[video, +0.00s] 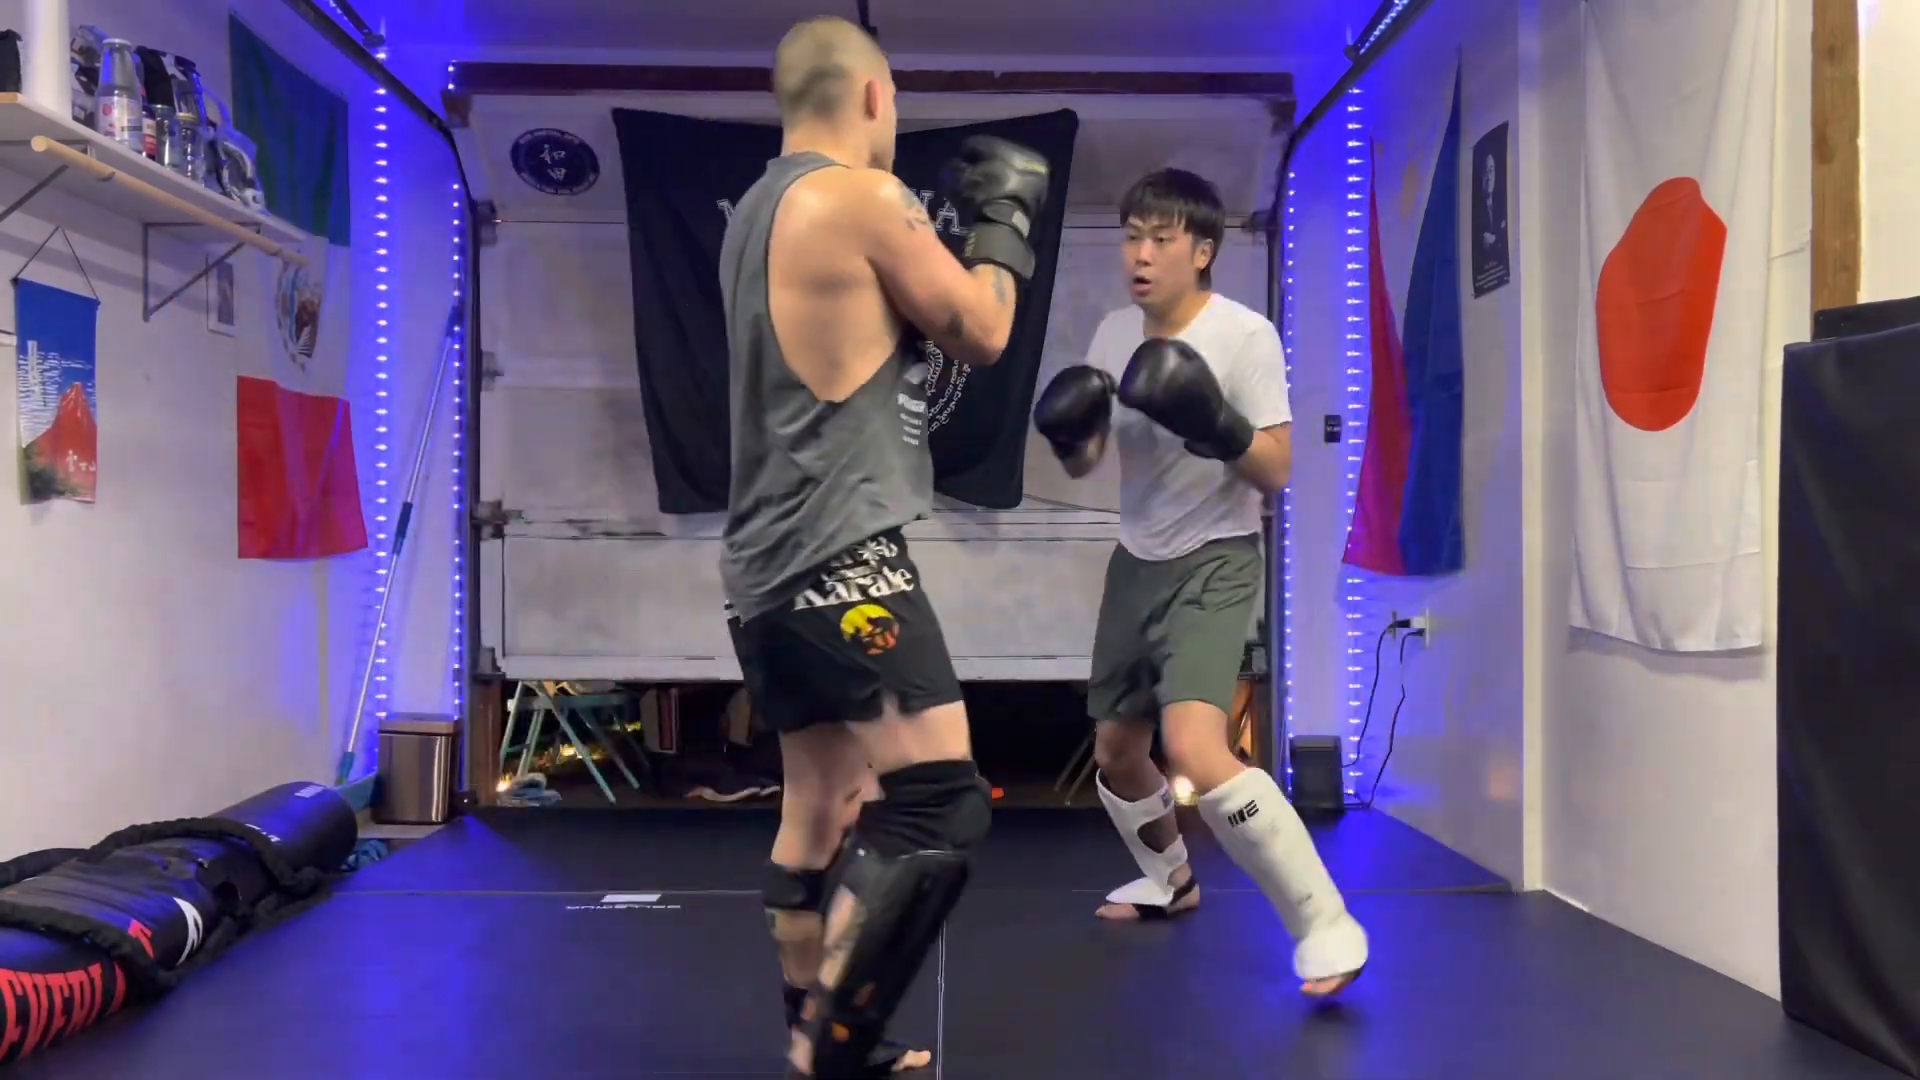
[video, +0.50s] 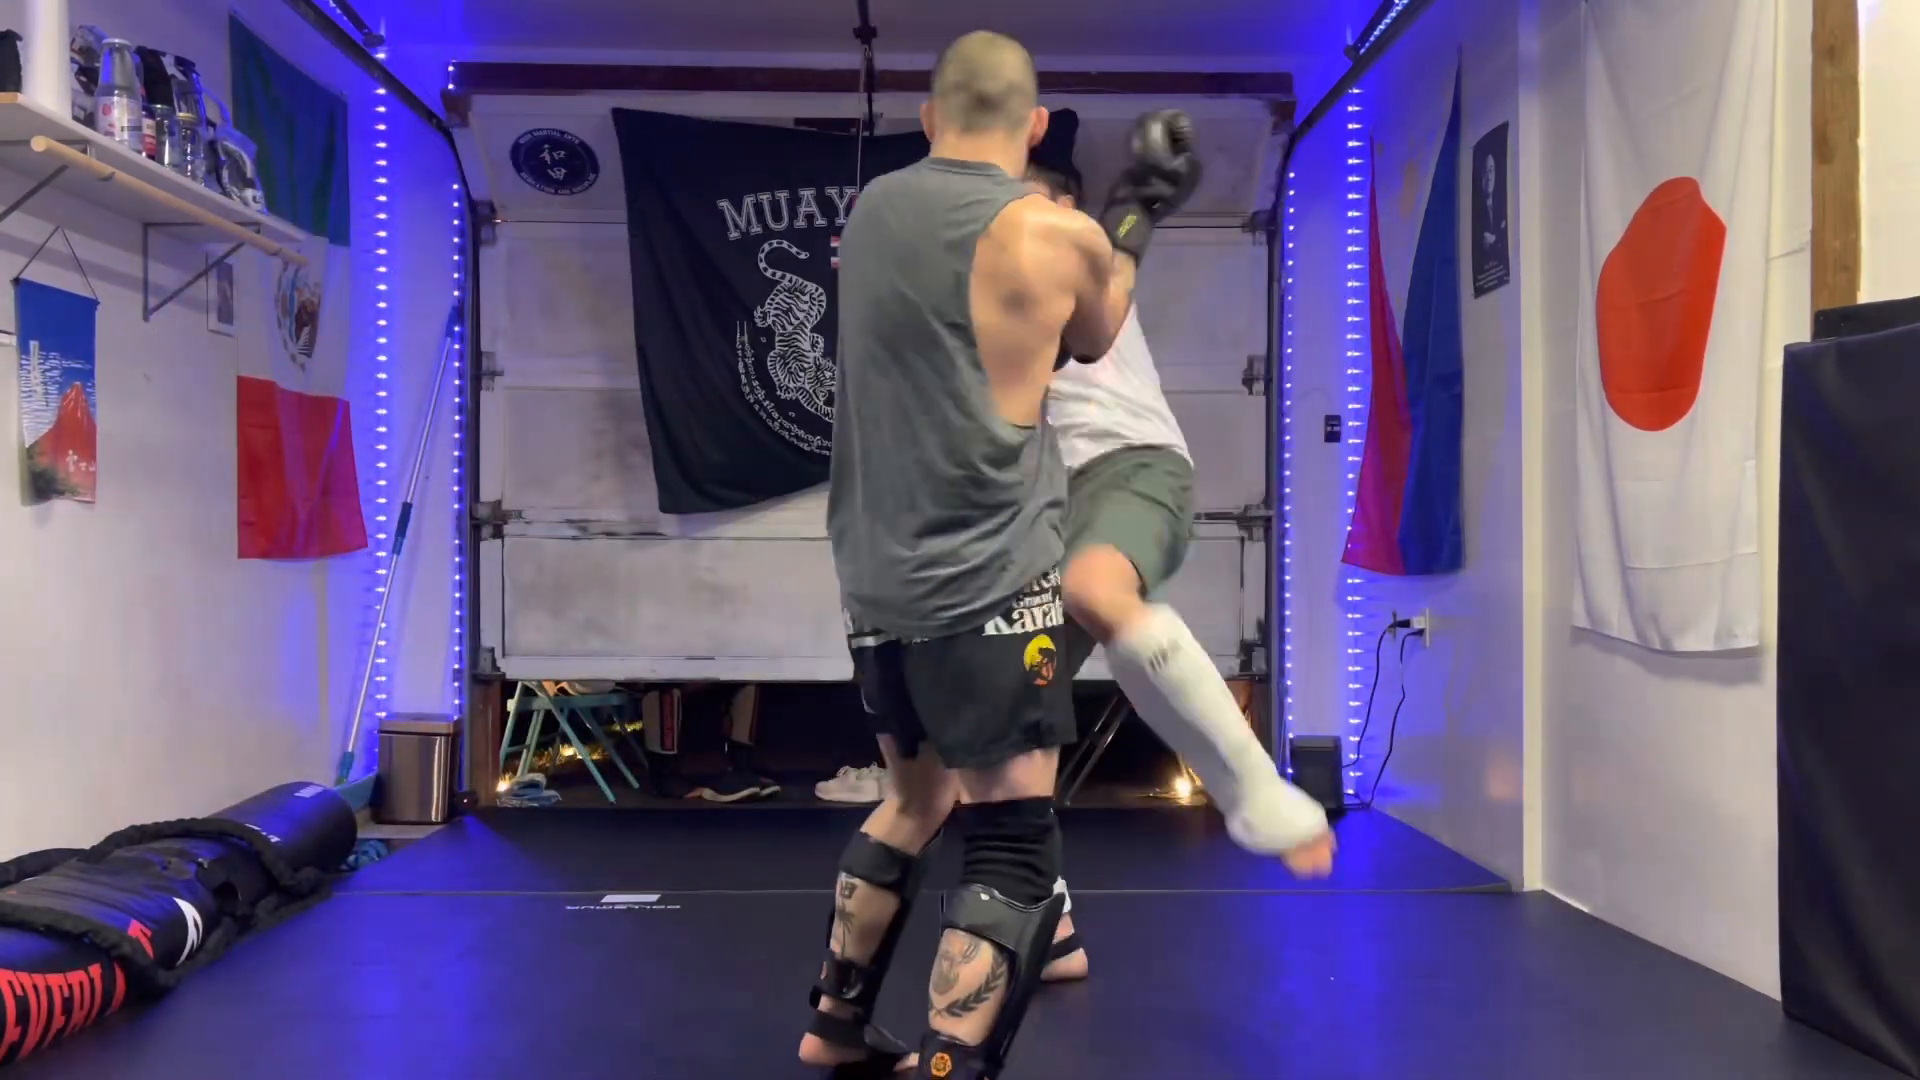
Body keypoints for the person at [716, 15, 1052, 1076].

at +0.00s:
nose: (898, 114)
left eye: (893, 97)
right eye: (894, 95)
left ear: (789, 104)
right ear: (872, 93)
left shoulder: (756, 212)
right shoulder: (861, 199)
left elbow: (825, 368)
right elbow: (982, 328)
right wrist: (1003, 223)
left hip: (768, 559)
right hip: (846, 553)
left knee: (818, 803)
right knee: (939, 803)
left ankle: (823, 1039)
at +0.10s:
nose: (925, 125)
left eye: (922, 107)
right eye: (923, 105)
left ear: (816, 104)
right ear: (905, 97)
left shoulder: (766, 214)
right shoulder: (905, 207)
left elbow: (880, 314)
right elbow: (1032, 303)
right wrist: (1072, 227)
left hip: (794, 574)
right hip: (892, 567)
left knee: (838, 809)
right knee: (966, 819)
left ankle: (815, 1048)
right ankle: (914, 1062)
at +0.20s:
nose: (947, 121)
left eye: (942, 105)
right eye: (947, 105)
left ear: (839, 103)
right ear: (929, 102)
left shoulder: (784, 217)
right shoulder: (948, 207)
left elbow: (961, 319)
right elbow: (1066, 284)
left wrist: (1075, 336)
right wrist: (1134, 292)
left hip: (818, 574)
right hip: (929, 568)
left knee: (865, 807)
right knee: (996, 820)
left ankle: (818, 1048)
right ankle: (938, 1062)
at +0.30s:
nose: (983, 129)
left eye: (978, 115)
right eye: (981, 114)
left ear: (867, 115)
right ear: (967, 112)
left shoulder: (820, 222)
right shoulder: (981, 226)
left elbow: (910, 366)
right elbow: (1073, 329)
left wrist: (1020, 368)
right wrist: (1126, 288)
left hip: (843, 584)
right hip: (946, 580)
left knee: (896, 813)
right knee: (994, 837)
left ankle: (822, 1048)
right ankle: (940, 1067)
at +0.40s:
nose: (1013, 137)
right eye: (1012, 121)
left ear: (894, 125)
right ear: (1003, 116)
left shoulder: (845, 226)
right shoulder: (1024, 233)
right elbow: (1101, 333)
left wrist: (1079, 256)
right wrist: (1141, 250)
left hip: (858, 587)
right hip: (968, 587)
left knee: (915, 798)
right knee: (1020, 850)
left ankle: (832, 1029)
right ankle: (953, 1065)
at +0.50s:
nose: (1038, 127)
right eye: (1039, 116)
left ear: (929, 113)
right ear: (1036, 123)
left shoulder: (867, 211)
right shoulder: (1051, 234)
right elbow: (1094, 338)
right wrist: (1128, 225)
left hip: (878, 588)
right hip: (992, 591)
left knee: (913, 795)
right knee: (1013, 838)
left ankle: (834, 1025)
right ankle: (952, 1064)